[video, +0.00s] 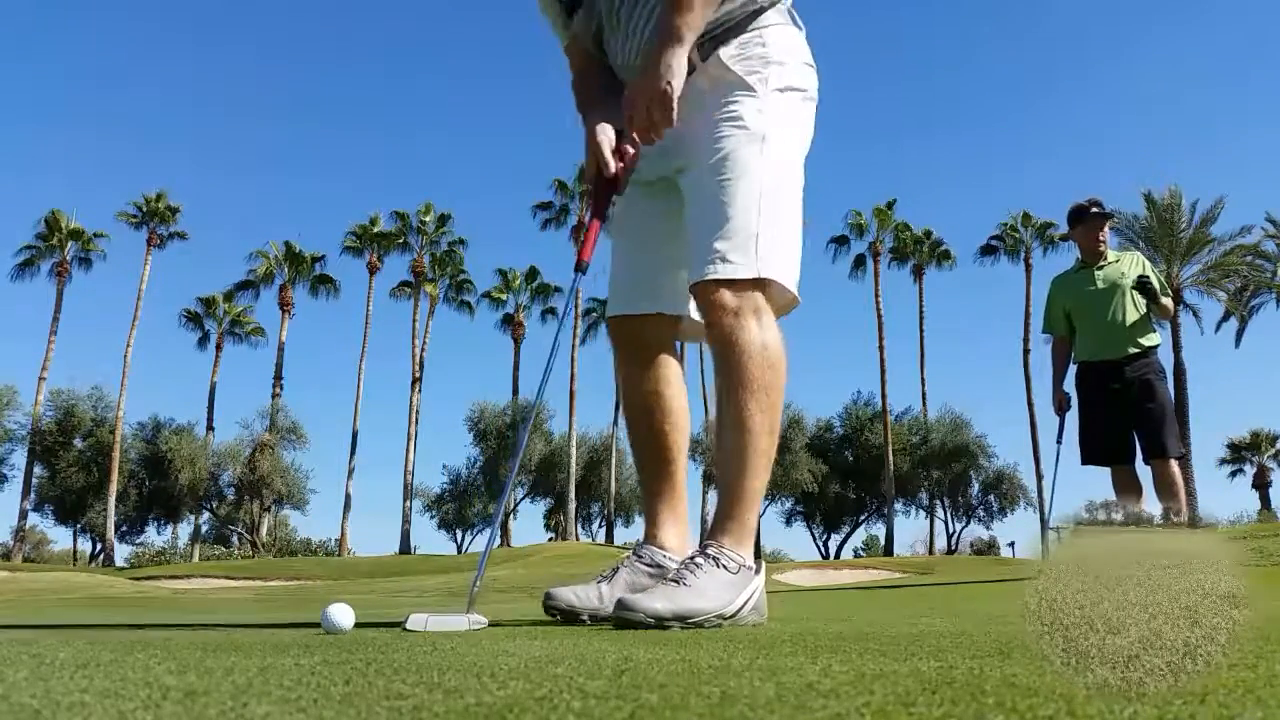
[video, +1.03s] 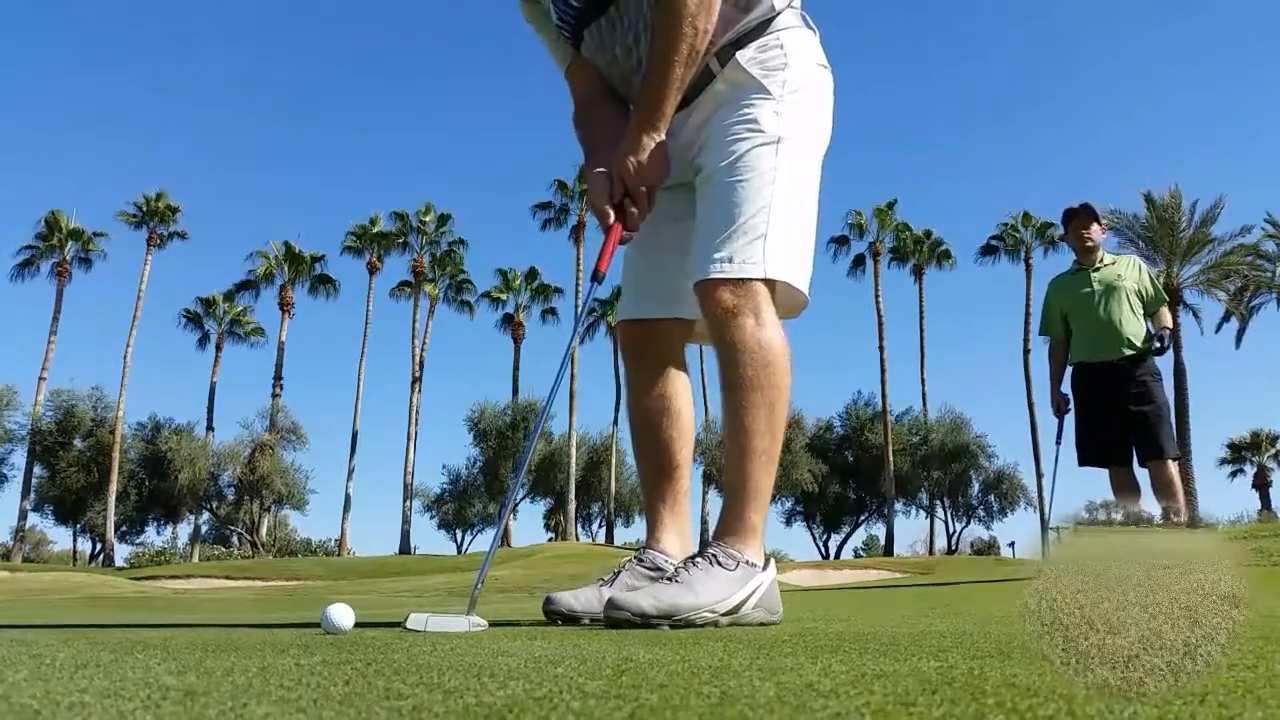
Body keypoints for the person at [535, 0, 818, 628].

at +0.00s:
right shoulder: (564, 7)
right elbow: (586, 61)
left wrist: (671, 41)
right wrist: (599, 120)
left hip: (738, 45)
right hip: (636, 85)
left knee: (732, 294)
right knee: (636, 321)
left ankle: (733, 561)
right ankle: (665, 554)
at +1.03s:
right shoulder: (541, 6)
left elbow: (694, 8)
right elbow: (590, 90)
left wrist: (644, 130)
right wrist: (601, 160)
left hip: (753, 56)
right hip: (658, 109)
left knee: (734, 289)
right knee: (644, 325)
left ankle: (741, 561)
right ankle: (667, 558)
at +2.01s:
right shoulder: (549, 7)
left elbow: (702, 9)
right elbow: (596, 94)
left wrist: (647, 145)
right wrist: (607, 172)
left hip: (760, 60)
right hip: (662, 111)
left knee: (737, 289)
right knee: (644, 325)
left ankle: (742, 560)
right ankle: (666, 558)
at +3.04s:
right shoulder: (513, 7)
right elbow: (564, 94)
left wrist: (665, 64)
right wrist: (600, 119)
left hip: (725, 75)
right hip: (632, 119)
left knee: (672, 274)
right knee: (612, 333)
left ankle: (702, 544)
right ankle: (661, 559)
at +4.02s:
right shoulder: (467, 6)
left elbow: (629, 7)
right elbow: (512, 89)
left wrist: (570, 127)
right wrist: (526, 157)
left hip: (672, 67)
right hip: (573, 112)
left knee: (651, 293)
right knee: (565, 325)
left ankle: (670, 560)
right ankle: (594, 560)